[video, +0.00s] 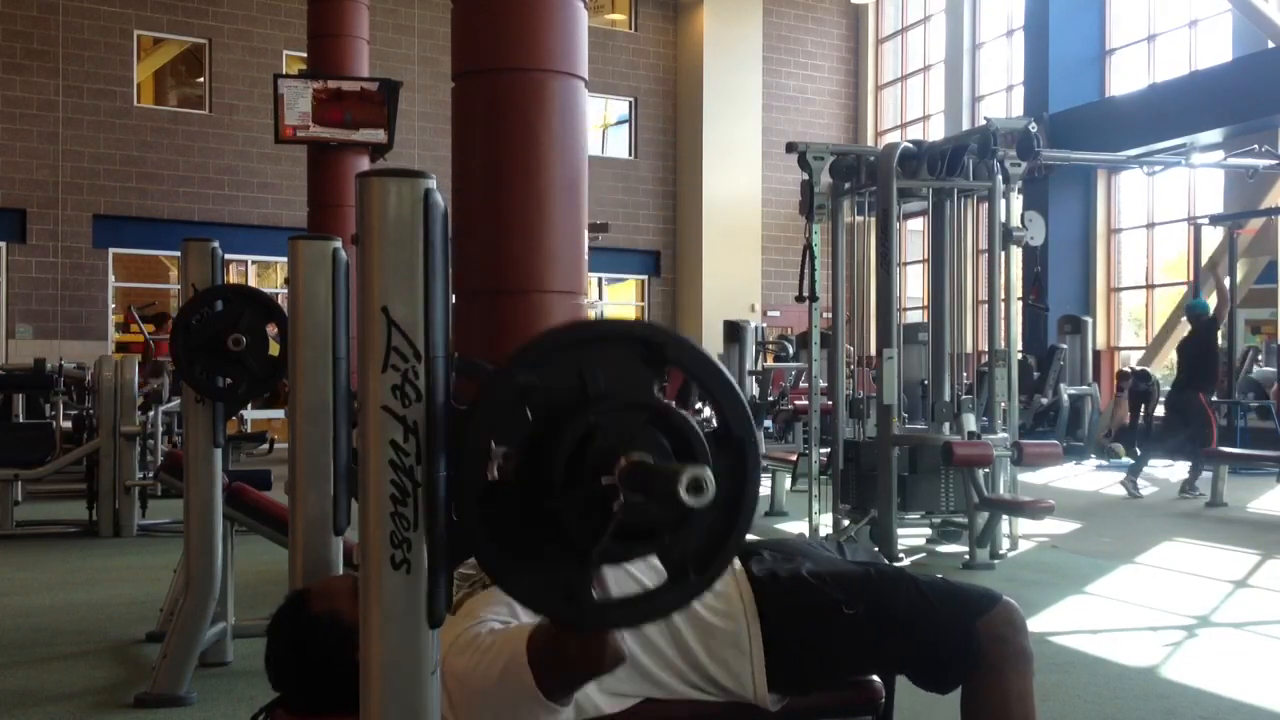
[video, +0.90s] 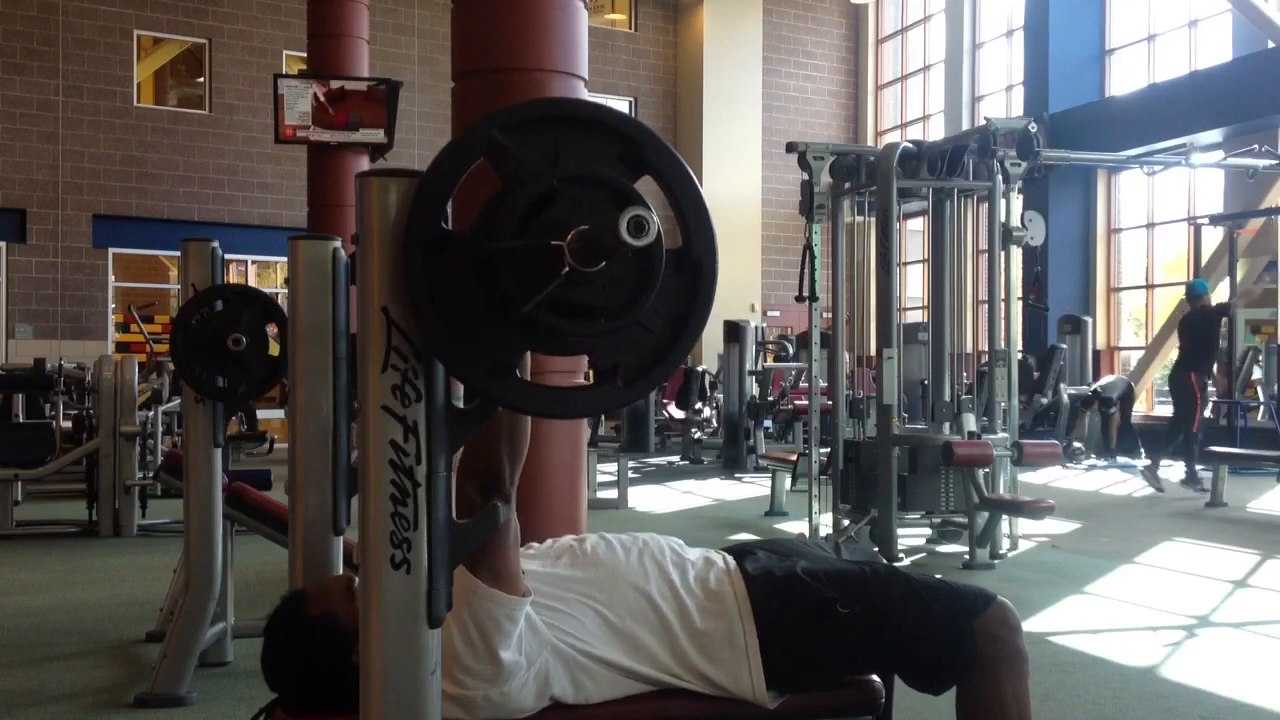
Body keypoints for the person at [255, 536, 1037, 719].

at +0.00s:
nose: (371, 580)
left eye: (358, 580)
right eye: (355, 595)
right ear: (356, 648)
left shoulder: (449, 627)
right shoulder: (447, 671)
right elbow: (581, 649)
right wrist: (609, 516)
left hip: (721, 594)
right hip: (740, 615)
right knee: (991, 625)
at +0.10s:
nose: (373, 582)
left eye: (360, 582)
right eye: (357, 597)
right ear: (358, 652)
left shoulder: (453, 625)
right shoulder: (446, 679)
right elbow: (563, 617)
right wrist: (539, 498)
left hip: (720, 586)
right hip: (744, 614)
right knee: (988, 625)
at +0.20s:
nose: (366, 576)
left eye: (353, 578)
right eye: (352, 593)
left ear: (372, 595)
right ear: (354, 647)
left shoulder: (452, 611)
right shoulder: (451, 685)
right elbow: (543, 590)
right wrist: (537, 456)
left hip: (729, 571)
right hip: (746, 618)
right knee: (988, 627)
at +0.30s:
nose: (367, 574)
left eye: (352, 575)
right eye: (352, 589)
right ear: (357, 646)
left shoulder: (465, 639)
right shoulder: (464, 689)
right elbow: (529, 544)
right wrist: (520, 375)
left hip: (736, 576)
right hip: (752, 617)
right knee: (989, 628)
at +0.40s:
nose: (366, 572)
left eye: (350, 572)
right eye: (351, 591)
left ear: (353, 651)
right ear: (362, 644)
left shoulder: (465, 642)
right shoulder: (471, 681)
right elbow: (516, 518)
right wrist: (504, 344)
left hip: (727, 578)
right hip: (750, 612)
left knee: (869, 683)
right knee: (990, 629)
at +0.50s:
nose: (370, 571)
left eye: (354, 572)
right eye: (357, 588)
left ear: (351, 655)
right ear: (363, 649)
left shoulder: (449, 630)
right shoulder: (469, 677)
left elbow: (488, 479)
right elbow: (491, 487)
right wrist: (506, 311)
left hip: (727, 571)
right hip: (751, 615)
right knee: (989, 627)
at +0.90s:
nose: (361, 572)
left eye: (343, 572)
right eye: (347, 588)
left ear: (351, 645)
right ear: (359, 641)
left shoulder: (446, 624)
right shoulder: (469, 672)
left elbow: (492, 474)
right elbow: (486, 496)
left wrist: (532, 305)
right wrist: (522, 314)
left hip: (723, 573)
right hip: (749, 613)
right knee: (989, 627)